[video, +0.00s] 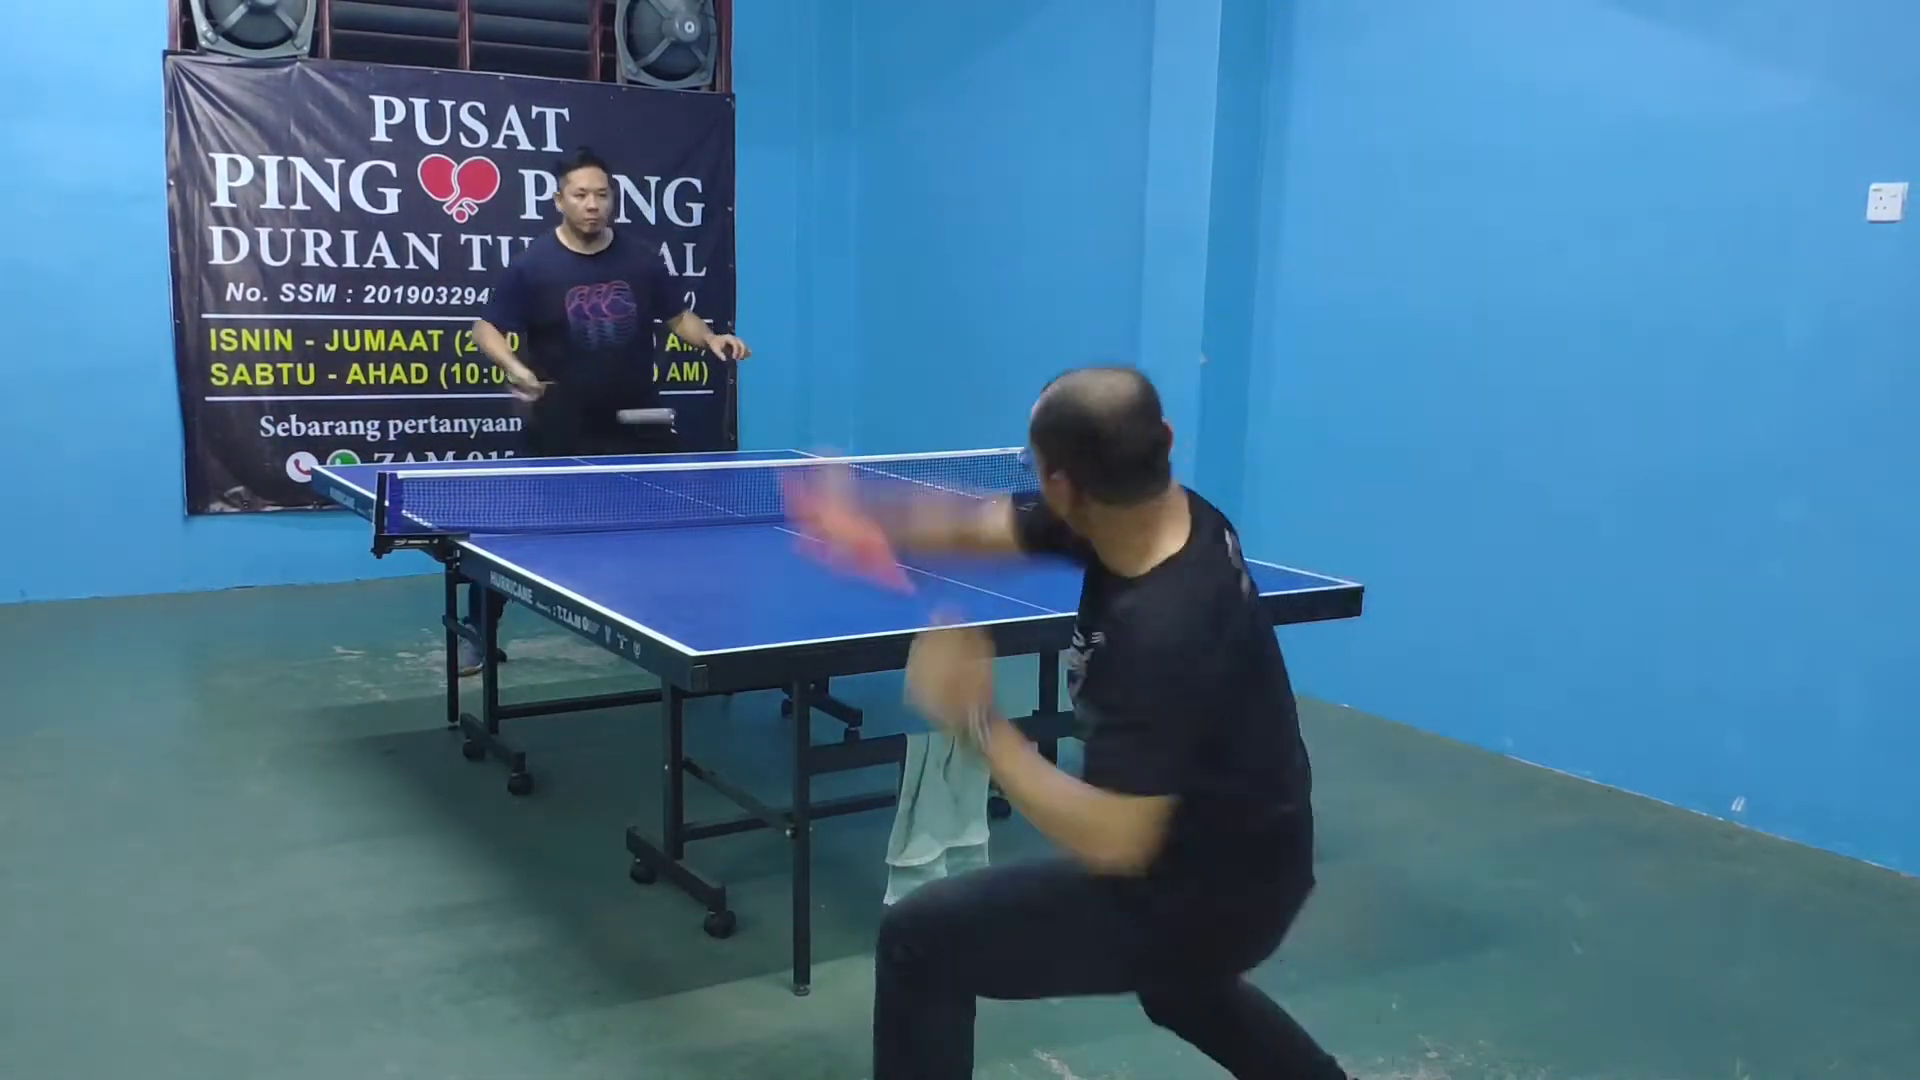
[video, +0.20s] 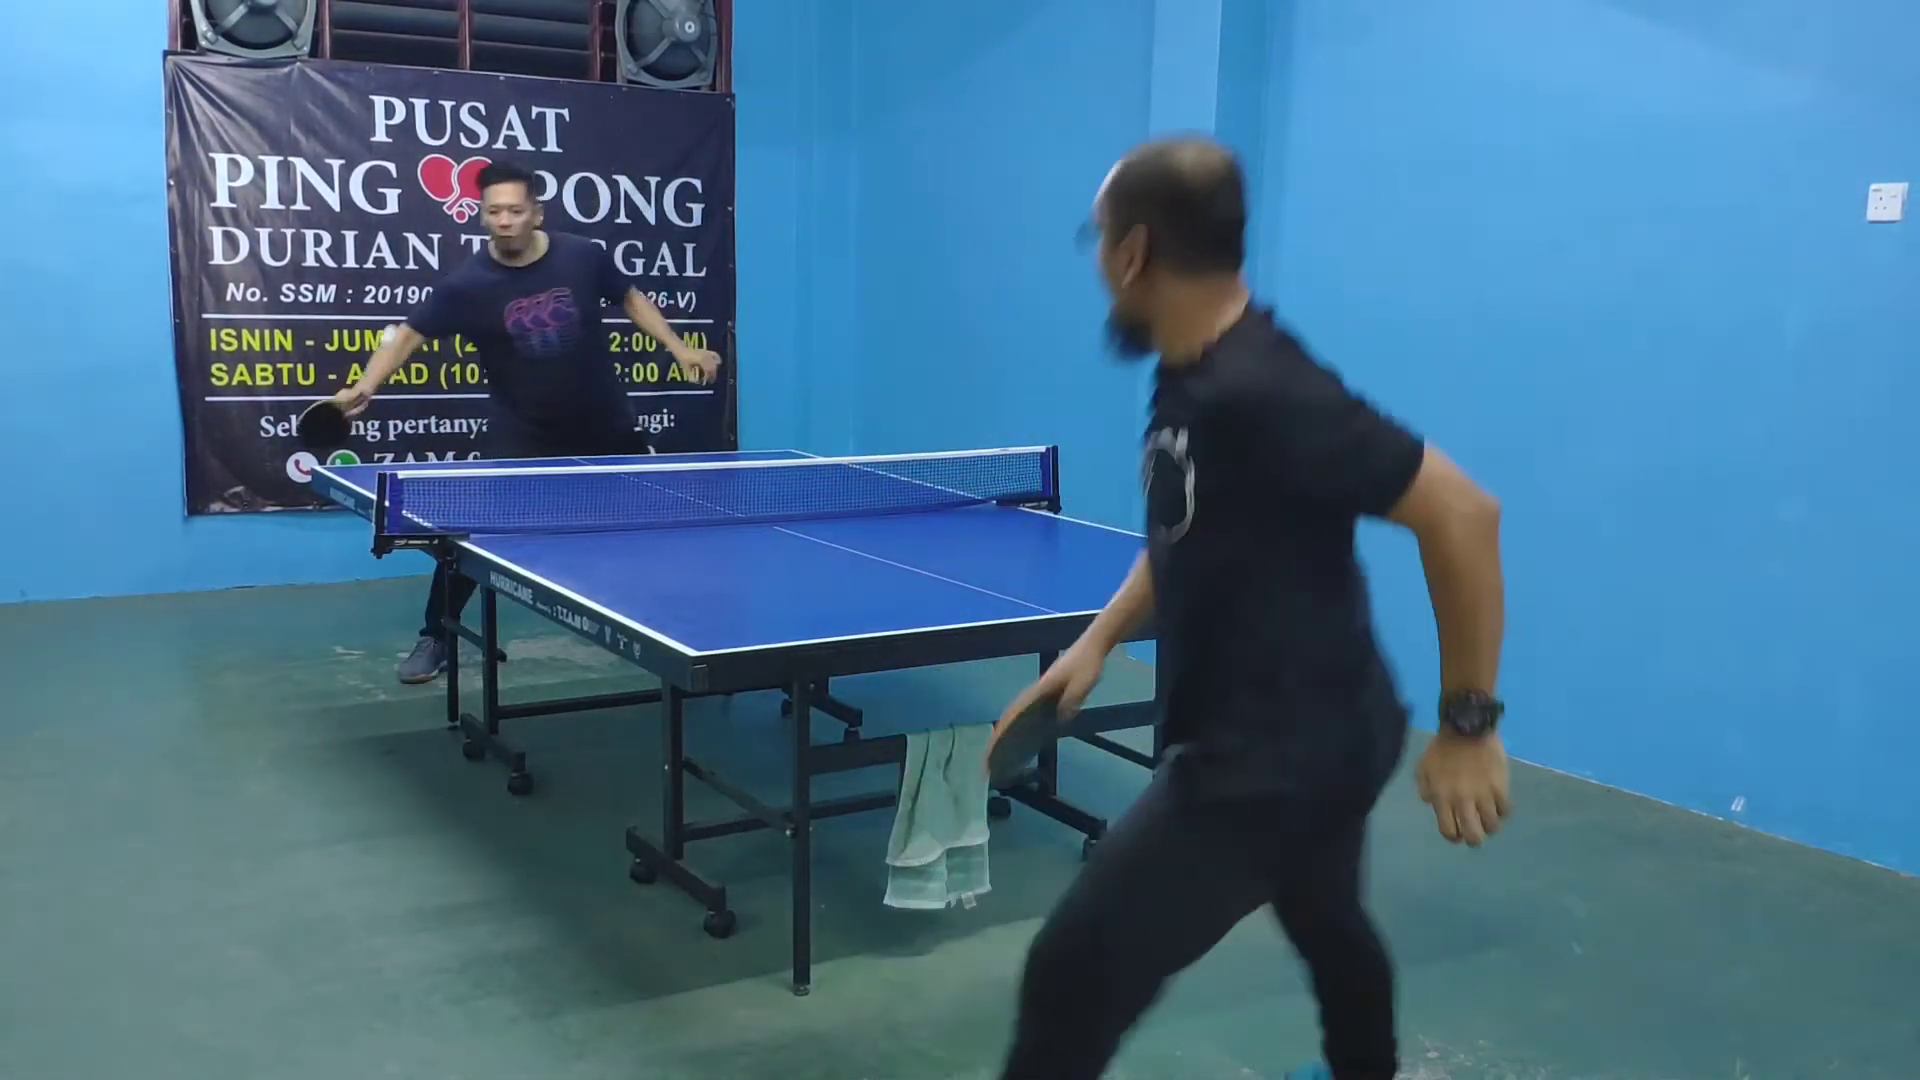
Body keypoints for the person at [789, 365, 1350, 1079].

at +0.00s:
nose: (1035, 478)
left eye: (1039, 465)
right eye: (1040, 465)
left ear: (1064, 485)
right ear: (1162, 445)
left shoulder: (1166, 628)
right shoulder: (1164, 516)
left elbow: (1118, 840)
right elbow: (980, 525)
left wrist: (982, 722)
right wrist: (872, 520)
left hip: (1198, 903)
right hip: (1245, 862)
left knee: (920, 937)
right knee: (1182, 990)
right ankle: (1315, 1071)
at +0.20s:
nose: (1098, 264)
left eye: (1102, 241)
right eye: (1098, 242)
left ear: (1135, 254)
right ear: (1217, 243)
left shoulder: (1260, 390)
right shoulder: (1195, 373)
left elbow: (1460, 515)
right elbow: (1190, 540)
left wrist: (1469, 726)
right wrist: (1097, 641)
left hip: (1273, 760)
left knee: (1071, 980)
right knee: (1332, 928)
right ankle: (1364, 1067)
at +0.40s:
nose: (1217, 273)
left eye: (1219, 248)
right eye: (1217, 249)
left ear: (1254, 261)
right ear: (1347, 253)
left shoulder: (1304, 430)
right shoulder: (1415, 381)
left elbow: (1362, 661)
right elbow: (1425, 591)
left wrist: (1233, 831)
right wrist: (1239, 635)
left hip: (1366, 818)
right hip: (1468, 778)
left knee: (1185, 1060)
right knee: (1419, 954)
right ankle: (1547, 1070)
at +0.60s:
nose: (1271, 318)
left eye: (1274, 291)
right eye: (1271, 293)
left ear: (1314, 302)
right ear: (1417, 295)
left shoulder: (1341, 460)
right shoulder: (1502, 423)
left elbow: (1322, 710)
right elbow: (1516, 643)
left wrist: (1200, 798)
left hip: (1447, 880)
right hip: (1585, 851)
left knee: (1228, 1068)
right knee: (1527, 1039)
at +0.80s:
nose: (1323, 242)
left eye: (1322, 210)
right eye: (1317, 214)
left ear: (1371, 195)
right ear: (1468, 186)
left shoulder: (1417, 331)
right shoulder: (1593, 312)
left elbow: (1427, 603)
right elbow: (1701, 543)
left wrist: (1322, 726)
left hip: (1588, 782)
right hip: (1710, 761)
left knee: (1481, 1059)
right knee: (1559, 1052)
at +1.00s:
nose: (1408, 352)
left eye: (1395, 319)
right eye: (1389, 328)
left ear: (1447, 277)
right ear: (1538, 253)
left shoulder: (1508, 417)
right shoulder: (1703, 371)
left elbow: (1510, 725)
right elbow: (1823, 635)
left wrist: (1397, 881)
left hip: (1701, 896)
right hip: (1821, 865)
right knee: (1585, 1057)